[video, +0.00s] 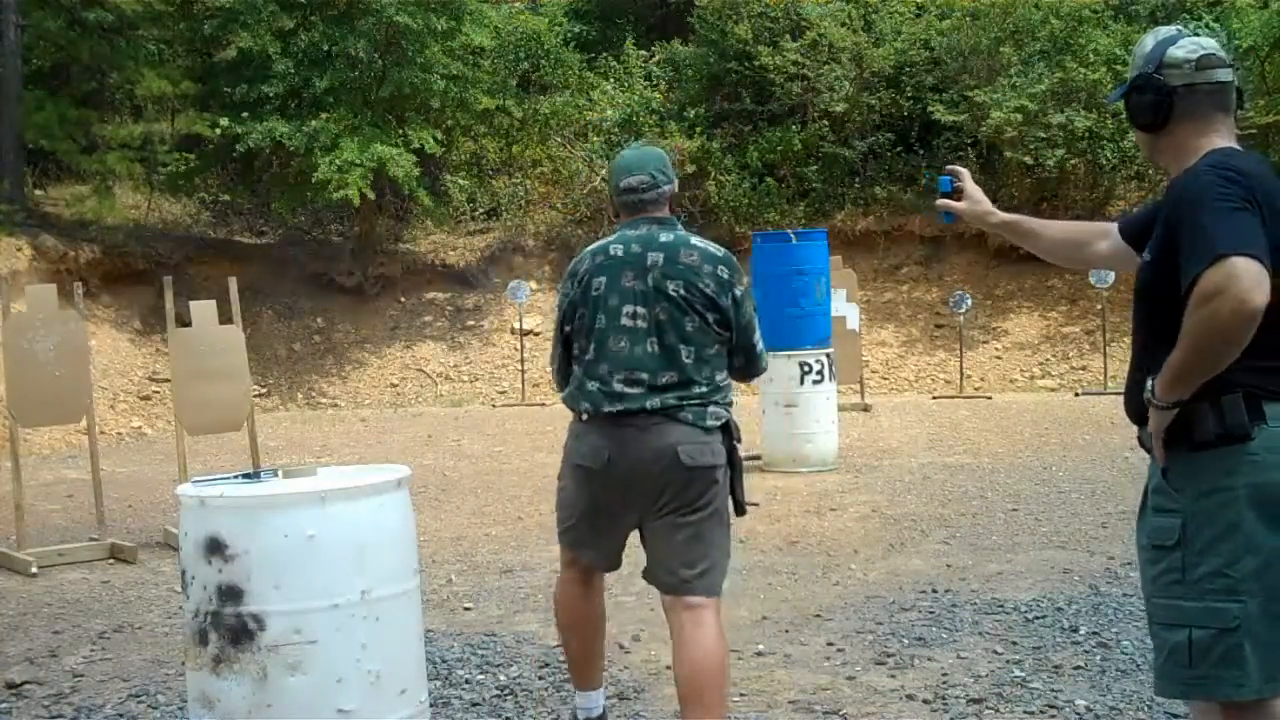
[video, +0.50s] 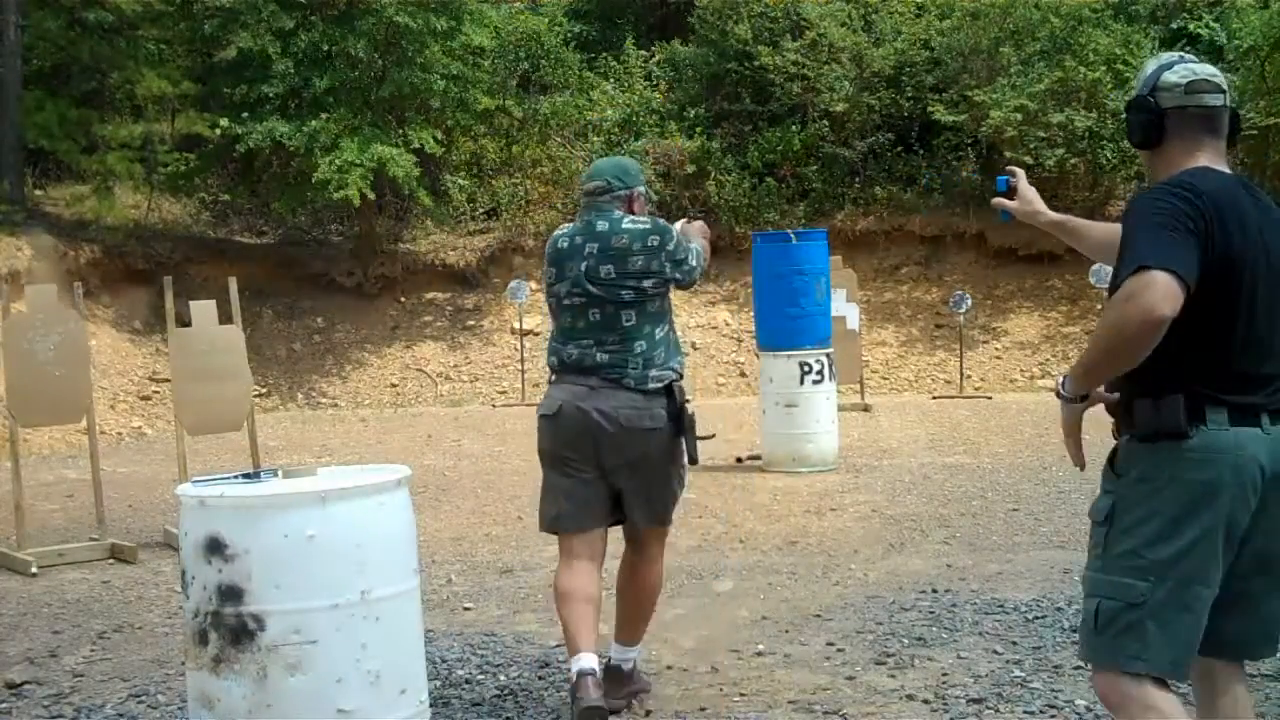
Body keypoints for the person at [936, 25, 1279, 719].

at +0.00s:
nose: (1136, 131)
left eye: (1136, 113)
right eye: (1135, 115)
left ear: (1154, 110)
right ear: (1225, 101)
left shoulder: (1210, 184)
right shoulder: (1242, 178)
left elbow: (1239, 292)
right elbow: (1106, 242)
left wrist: (1167, 394)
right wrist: (992, 217)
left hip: (1223, 457)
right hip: (1249, 446)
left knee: (1229, 693)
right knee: (1250, 686)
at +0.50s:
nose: (1137, 143)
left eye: (1140, 128)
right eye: (1140, 129)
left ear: (1147, 127)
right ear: (1225, 127)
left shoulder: (1168, 202)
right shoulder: (1262, 208)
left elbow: (1154, 301)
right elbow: (1144, 245)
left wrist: (1076, 385)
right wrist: (1045, 218)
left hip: (1181, 452)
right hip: (1268, 449)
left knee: (1125, 675)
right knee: (1221, 664)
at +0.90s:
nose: (1111, 156)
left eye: (1112, 145)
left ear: (1113, 149)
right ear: (1185, 149)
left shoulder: (1108, 221)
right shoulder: (1230, 228)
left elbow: (1073, 326)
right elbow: (1157, 277)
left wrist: (1033, 446)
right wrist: (1067, 233)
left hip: (1125, 452)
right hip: (1230, 447)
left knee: (1061, 618)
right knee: (1218, 645)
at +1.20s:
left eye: (1051, 161)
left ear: (1047, 168)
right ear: (1117, 163)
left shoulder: (1032, 240)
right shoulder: (1159, 232)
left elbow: (986, 349)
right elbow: (1103, 282)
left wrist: (958, 455)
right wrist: (1026, 238)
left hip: (1060, 442)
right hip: (1162, 442)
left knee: (1051, 622)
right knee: (1160, 624)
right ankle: (1181, 713)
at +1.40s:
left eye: (1024, 159)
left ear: (1021, 160)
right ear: (1085, 160)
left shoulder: (1002, 234)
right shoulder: (1125, 228)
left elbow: (947, 347)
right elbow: (1070, 248)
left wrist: (935, 430)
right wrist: (1011, 215)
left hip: (1036, 424)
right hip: (1129, 422)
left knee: (1050, 612)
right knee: (1107, 590)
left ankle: (1078, 717)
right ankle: (1108, 711)